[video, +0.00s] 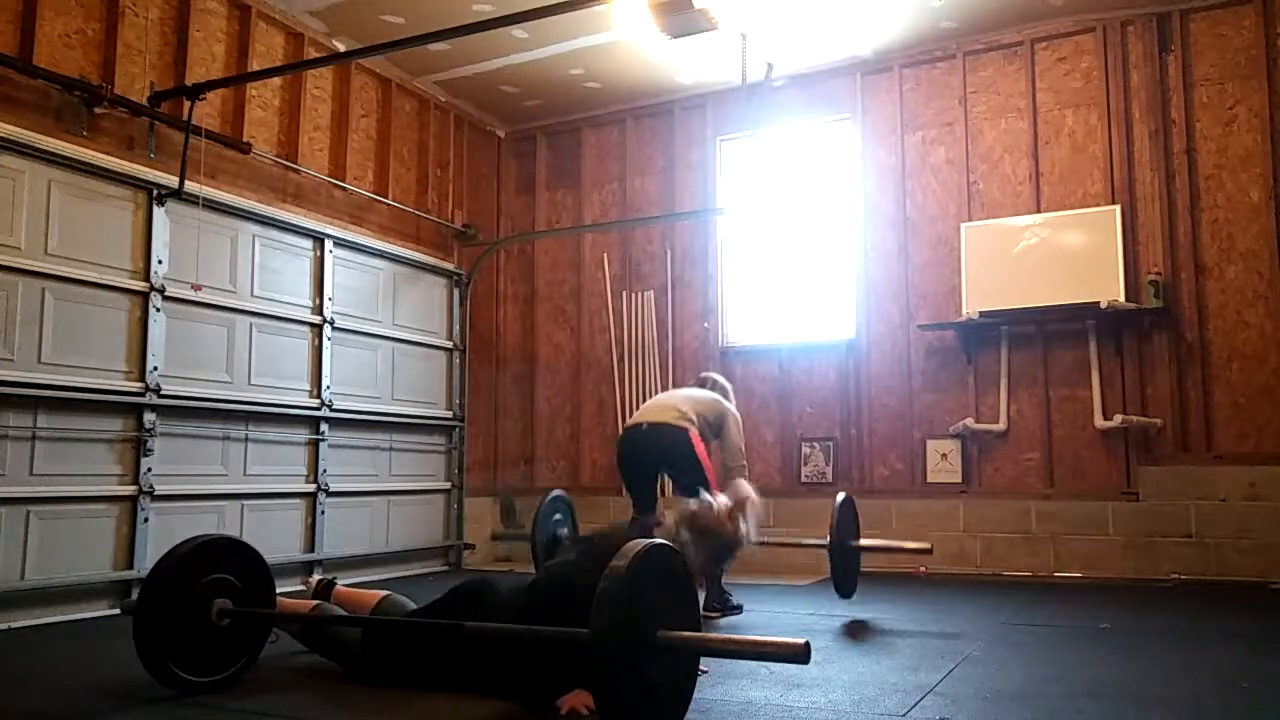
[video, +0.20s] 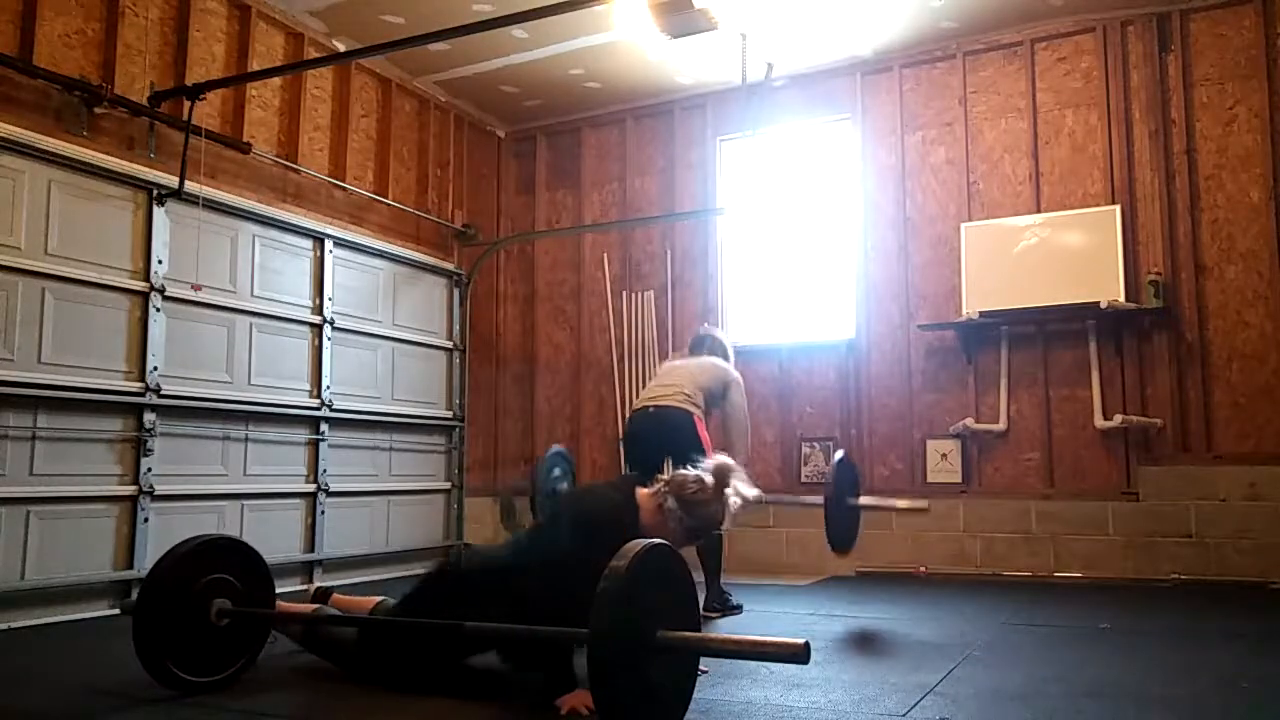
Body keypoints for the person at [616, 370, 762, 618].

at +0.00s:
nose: (730, 406)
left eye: (729, 401)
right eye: (729, 401)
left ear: (696, 388)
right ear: (723, 396)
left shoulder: (670, 397)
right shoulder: (724, 408)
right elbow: (735, 469)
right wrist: (744, 514)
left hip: (633, 436)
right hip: (678, 435)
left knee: (644, 515)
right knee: (706, 513)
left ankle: (629, 590)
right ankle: (715, 595)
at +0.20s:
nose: (728, 362)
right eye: (728, 357)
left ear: (692, 351)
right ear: (723, 355)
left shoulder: (669, 365)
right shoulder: (726, 371)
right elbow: (737, 432)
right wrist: (735, 474)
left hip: (637, 421)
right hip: (679, 421)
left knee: (644, 510)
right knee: (705, 507)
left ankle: (642, 593)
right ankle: (714, 594)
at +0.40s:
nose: (723, 329)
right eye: (721, 323)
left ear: (680, 320)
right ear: (715, 323)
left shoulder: (660, 347)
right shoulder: (719, 350)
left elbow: (646, 389)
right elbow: (735, 403)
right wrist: (739, 453)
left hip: (640, 426)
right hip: (682, 427)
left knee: (646, 507)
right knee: (715, 502)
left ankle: (644, 588)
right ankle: (718, 587)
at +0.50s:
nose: (722, 329)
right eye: (720, 323)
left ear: (680, 320)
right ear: (714, 323)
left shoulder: (660, 347)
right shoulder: (720, 351)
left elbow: (646, 390)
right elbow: (735, 408)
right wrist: (739, 461)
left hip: (639, 425)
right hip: (679, 428)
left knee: (648, 509)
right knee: (711, 507)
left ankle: (647, 593)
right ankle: (724, 592)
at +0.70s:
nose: (723, 329)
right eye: (721, 322)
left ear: (683, 322)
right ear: (716, 323)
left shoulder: (663, 347)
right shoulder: (723, 347)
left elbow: (631, 386)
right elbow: (738, 388)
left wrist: (637, 418)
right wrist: (739, 432)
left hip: (643, 422)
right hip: (683, 423)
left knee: (645, 508)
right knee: (711, 506)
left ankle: (634, 593)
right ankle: (724, 592)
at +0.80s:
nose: (723, 332)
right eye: (721, 327)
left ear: (685, 325)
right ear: (716, 326)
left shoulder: (664, 348)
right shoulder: (721, 343)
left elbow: (624, 370)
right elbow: (742, 363)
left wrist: (640, 406)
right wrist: (739, 409)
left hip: (646, 420)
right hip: (687, 422)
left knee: (651, 507)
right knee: (715, 508)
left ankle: (629, 588)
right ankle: (725, 593)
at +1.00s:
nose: (724, 332)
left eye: (722, 328)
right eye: (722, 327)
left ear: (687, 328)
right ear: (716, 328)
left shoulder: (665, 352)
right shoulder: (720, 346)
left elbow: (625, 364)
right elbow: (747, 356)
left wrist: (637, 399)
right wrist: (738, 399)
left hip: (650, 422)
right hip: (689, 422)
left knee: (653, 506)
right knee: (715, 507)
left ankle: (631, 585)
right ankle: (723, 592)